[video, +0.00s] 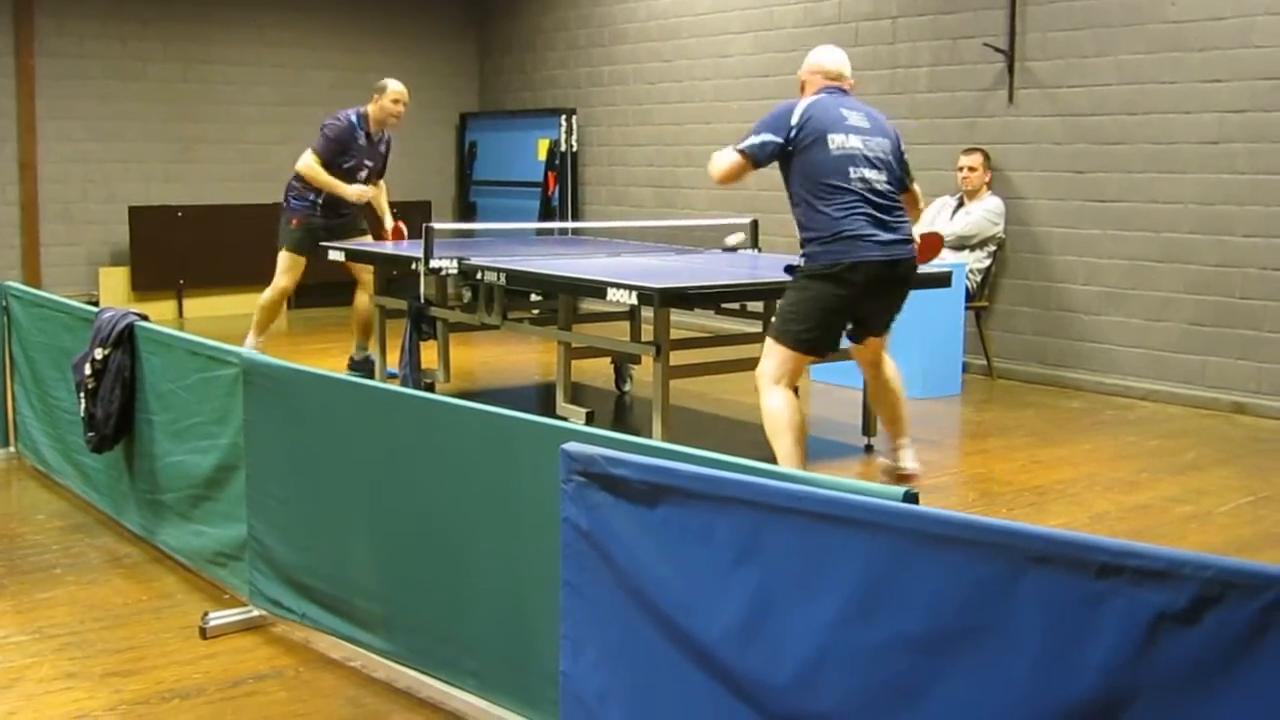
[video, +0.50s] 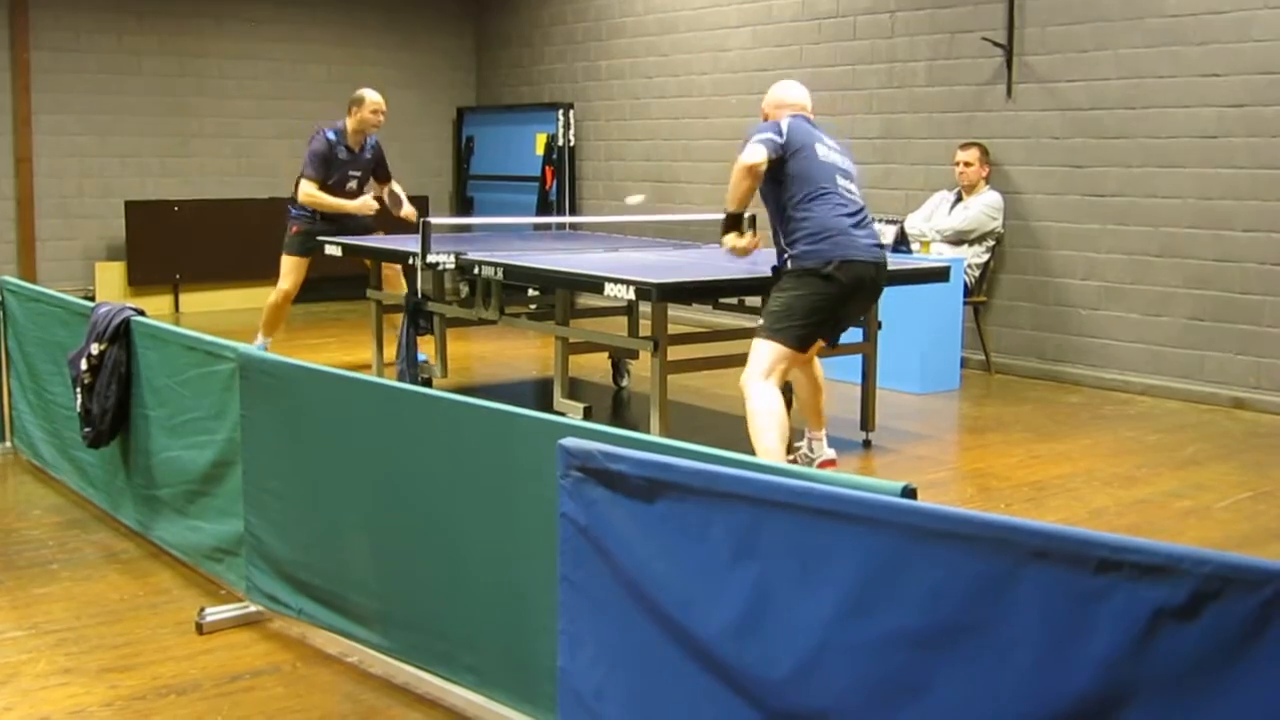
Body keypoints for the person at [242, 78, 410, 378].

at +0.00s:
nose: (400, 110)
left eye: (404, 105)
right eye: (395, 102)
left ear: (403, 108)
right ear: (376, 100)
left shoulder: (384, 140)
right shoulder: (342, 126)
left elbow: (376, 183)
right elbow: (305, 165)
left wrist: (387, 218)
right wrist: (346, 190)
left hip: (345, 212)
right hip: (305, 208)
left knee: (369, 279)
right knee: (284, 285)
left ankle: (360, 356)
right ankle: (252, 344)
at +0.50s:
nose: (381, 119)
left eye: (383, 113)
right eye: (375, 112)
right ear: (354, 112)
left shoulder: (372, 146)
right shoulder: (324, 141)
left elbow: (386, 185)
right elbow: (305, 194)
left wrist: (403, 205)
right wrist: (352, 205)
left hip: (351, 219)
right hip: (310, 218)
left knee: (392, 270)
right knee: (286, 289)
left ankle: (408, 346)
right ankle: (261, 344)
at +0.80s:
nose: (424, 131)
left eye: (425, 126)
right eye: (420, 125)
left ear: (403, 125)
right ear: (399, 123)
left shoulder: (400, 155)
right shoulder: (361, 146)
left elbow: (400, 192)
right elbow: (325, 185)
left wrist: (442, 209)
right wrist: (358, 212)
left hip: (367, 220)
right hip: (327, 217)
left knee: (412, 266)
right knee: (299, 286)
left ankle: (410, 342)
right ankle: (260, 342)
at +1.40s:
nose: (400, 98)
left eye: (404, 93)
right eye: (394, 91)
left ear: (405, 97)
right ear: (376, 92)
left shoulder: (400, 133)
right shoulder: (348, 121)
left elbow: (418, 183)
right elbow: (308, 158)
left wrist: (448, 195)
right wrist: (340, 180)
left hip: (374, 207)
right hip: (331, 205)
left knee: (409, 262)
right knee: (302, 271)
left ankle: (410, 338)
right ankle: (276, 335)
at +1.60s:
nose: (372, 87)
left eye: (376, 82)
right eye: (366, 80)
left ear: (377, 86)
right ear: (348, 82)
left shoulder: (371, 124)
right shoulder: (322, 114)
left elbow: (385, 168)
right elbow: (285, 153)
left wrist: (411, 198)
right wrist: (324, 177)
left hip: (350, 198)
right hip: (309, 198)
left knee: (385, 259)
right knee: (291, 269)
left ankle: (406, 334)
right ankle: (270, 336)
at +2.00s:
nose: (347, 105)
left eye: (350, 100)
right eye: (341, 98)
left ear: (352, 105)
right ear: (324, 100)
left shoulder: (346, 140)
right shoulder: (299, 134)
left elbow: (351, 181)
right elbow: (271, 180)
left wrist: (363, 199)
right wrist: (315, 193)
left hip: (325, 210)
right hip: (286, 209)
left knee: (357, 266)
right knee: (265, 275)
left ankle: (357, 333)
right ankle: (234, 338)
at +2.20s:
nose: (357, 119)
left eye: (360, 114)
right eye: (352, 112)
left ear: (360, 118)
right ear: (333, 112)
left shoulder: (338, 150)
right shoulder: (309, 141)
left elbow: (334, 196)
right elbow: (303, 196)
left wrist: (357, 232)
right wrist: (344, 205)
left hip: (312, 215)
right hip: (279, 214)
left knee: (352, 268)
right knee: (269, 289)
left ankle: (357, 340)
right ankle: (230, 345)